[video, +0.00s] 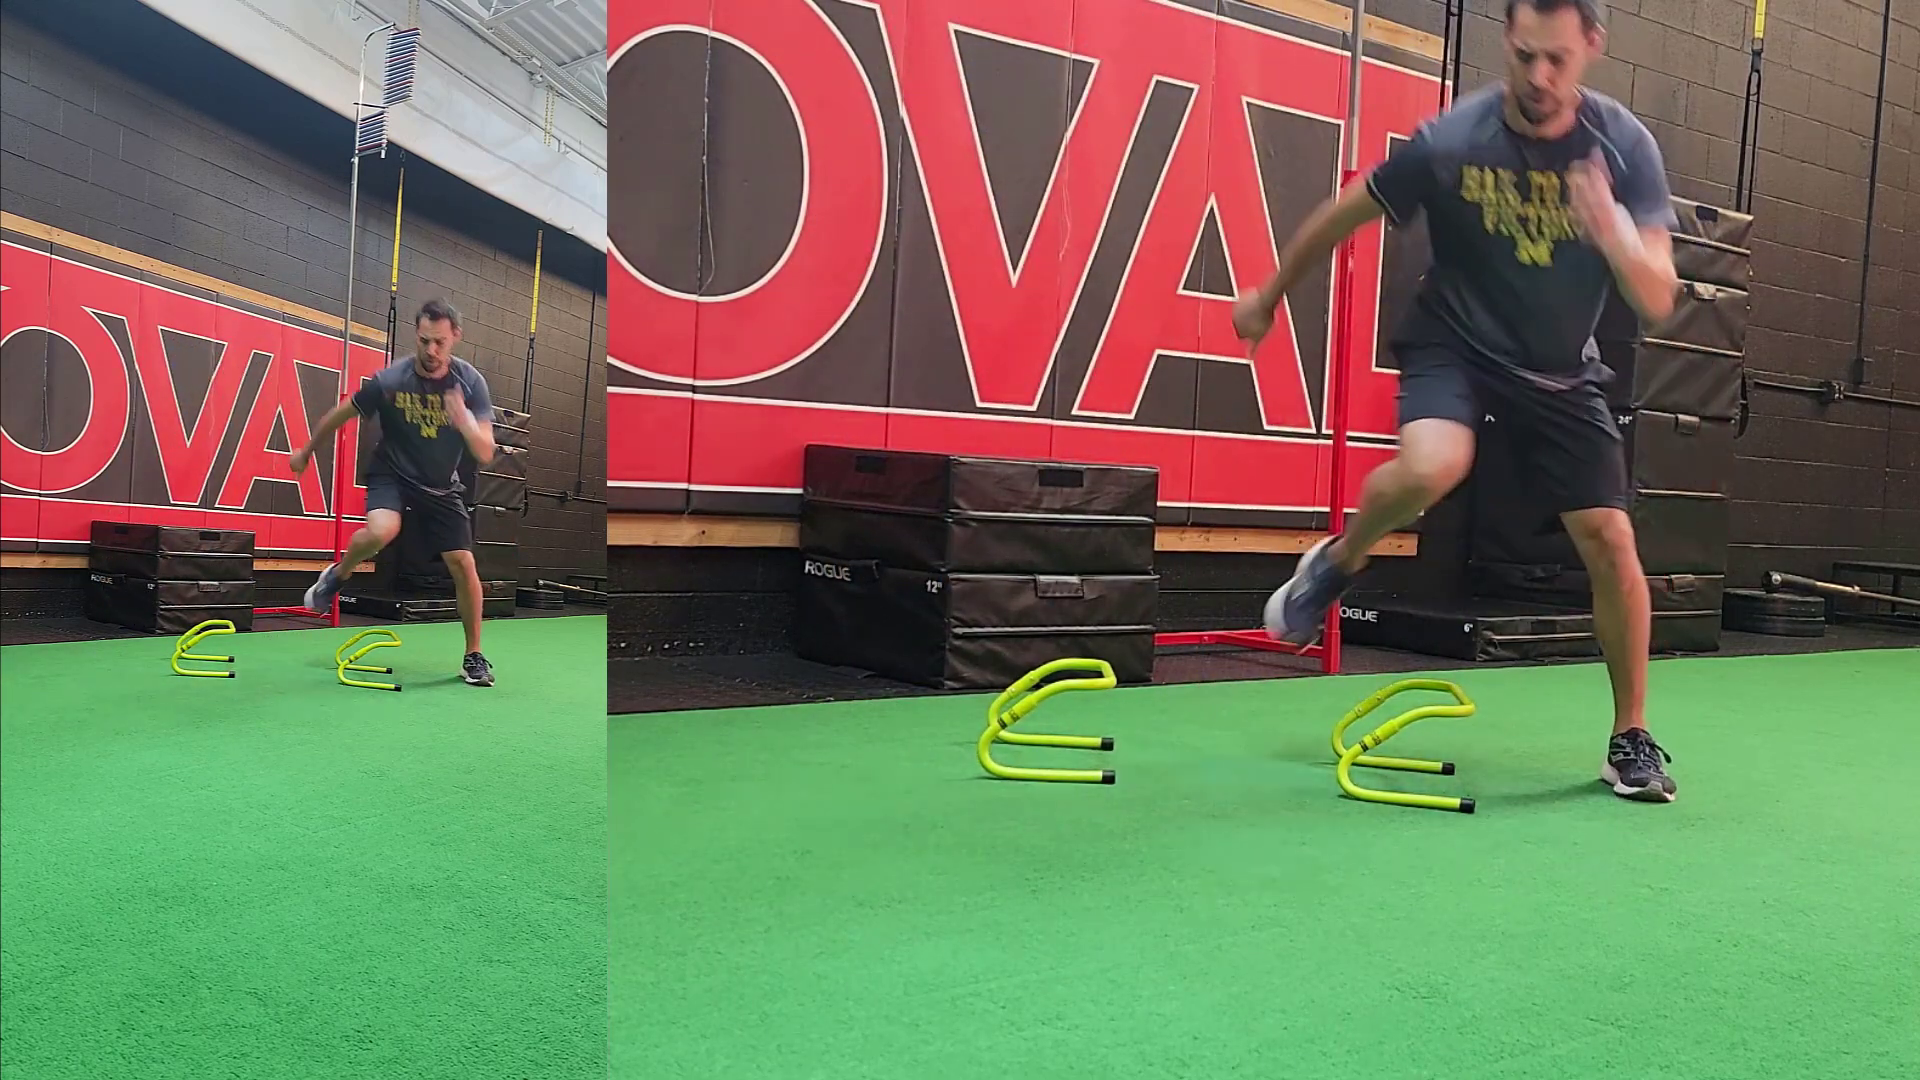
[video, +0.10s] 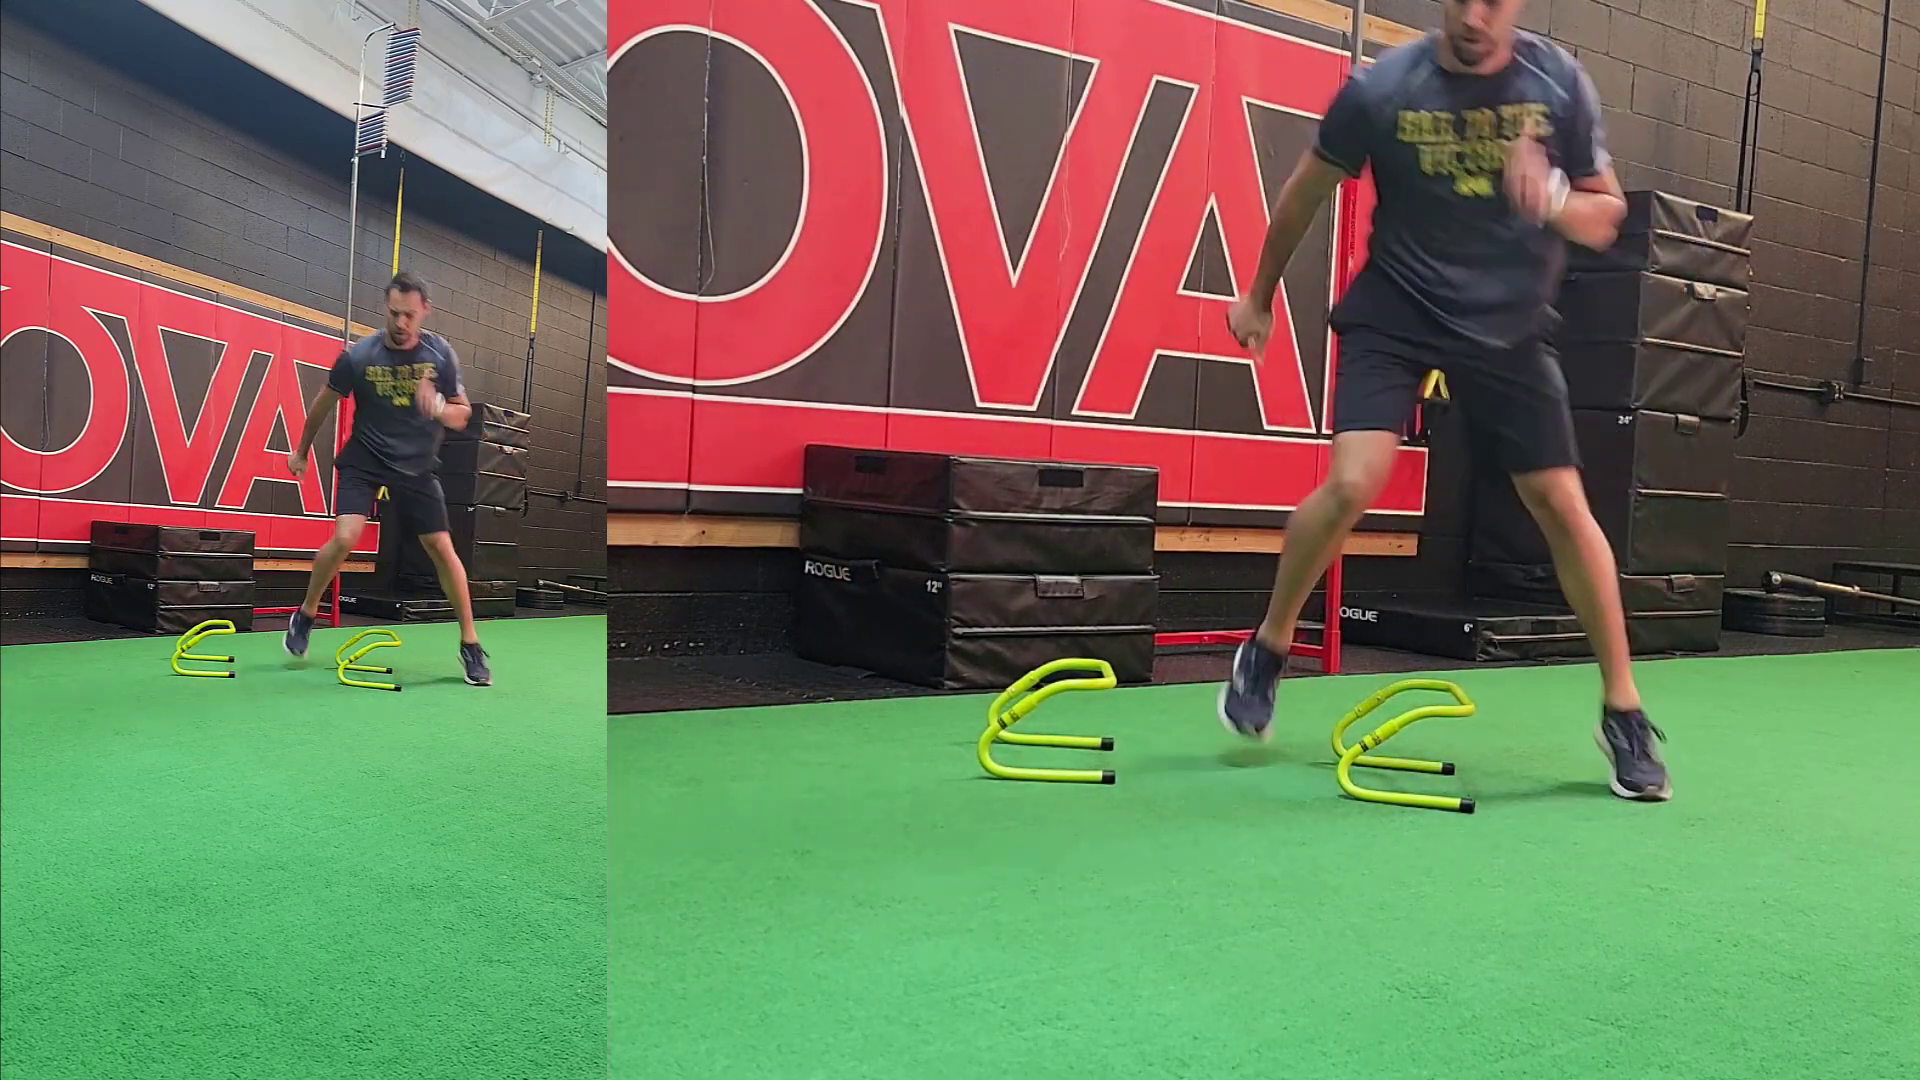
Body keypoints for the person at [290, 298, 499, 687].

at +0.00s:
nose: (431, 351)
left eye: (439, 342)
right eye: (424, 341)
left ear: (455, 339)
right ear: (415, 338)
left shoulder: (471, 383)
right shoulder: (389, 380)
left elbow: (486, 455)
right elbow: (341, 414)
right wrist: (305, 450)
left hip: (442, 486)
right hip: (392, 477)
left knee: (464, 564)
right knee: (381, 531)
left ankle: (474, 654)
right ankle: (336, 577)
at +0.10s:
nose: (400, 323)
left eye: (408, 315)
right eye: (393, 313)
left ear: (425, 312)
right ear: (383, 310)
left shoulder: (440, 354)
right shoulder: (358, 357)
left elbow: (462, 415)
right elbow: (324, 400)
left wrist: (437, 408)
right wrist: (301, 450)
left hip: (417, 467)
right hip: (363, 460)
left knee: (441, 546)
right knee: (346, 538)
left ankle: (470, 643)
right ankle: (306, 613)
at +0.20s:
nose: (366, 322)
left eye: (374, 314)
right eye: (359, 314)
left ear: (390, 312)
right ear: (350, 311)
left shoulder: (409, 356)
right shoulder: (326, 362)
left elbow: (419, 407)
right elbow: (307, 422)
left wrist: (424, 459)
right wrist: (305, 478)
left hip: (391, 458)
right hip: (337, 458)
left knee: (404, 523)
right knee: (326, 550)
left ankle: (418, 575)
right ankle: (310, 636)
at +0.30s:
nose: (339, 322)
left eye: (347, 313)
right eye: (333, 312)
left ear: (362, 311)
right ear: (324, 309)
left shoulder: (383, 355)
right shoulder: (302, 357)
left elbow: (401, 399)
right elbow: (282, 416)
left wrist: (403, 444)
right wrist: (305, 436)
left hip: (362, 450)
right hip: (316, 455)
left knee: (356, 494)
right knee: (313, 550)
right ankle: (308, 637)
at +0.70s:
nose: (228, 320)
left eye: (237, 311)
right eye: (222, 310)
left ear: (254, 304)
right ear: (213, 301)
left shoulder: (278, 349)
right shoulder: (195, 342)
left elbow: (297, 416)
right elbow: (184, 388)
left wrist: (266, 452)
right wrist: (178, 442)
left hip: (257, 445)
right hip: (206, 440)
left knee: (260, 529)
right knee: (176, 520)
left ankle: (284, 599)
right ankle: (133, 611)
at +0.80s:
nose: (196, 344)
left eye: (205, 335)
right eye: (190, 334)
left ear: (222, 327)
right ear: (182, 325)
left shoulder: (245, 376)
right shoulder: (164, 363)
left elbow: (248, 449)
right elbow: (157, 410)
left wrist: (195, 437)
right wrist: (153, 451)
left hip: (228, 466)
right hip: (178, 462)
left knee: (224, 528)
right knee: (152, 546)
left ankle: (237, 548)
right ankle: (119, 635)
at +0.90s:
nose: (170, 366)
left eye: (178, 358)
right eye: (164, 356)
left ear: (199, 348)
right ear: (158, 346)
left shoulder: (224, 396)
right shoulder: (146, 378)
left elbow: (207, 467)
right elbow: (139, 421)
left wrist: (162, 428)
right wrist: (135, 457)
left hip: (210, 479)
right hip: (161, 474)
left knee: (196, 536)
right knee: (138, 547)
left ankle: (185, 554)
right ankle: (118, 636)